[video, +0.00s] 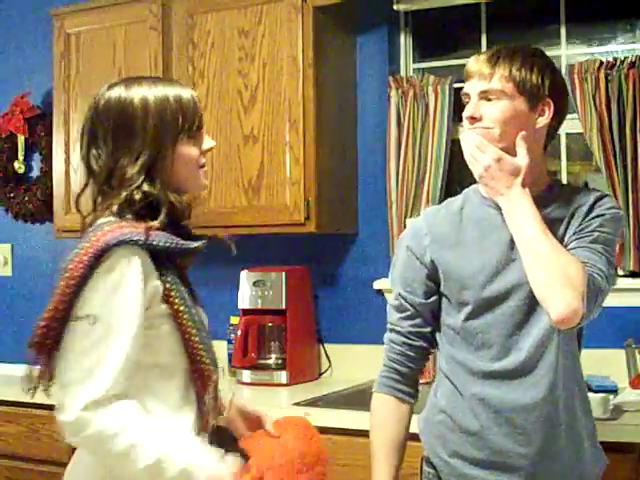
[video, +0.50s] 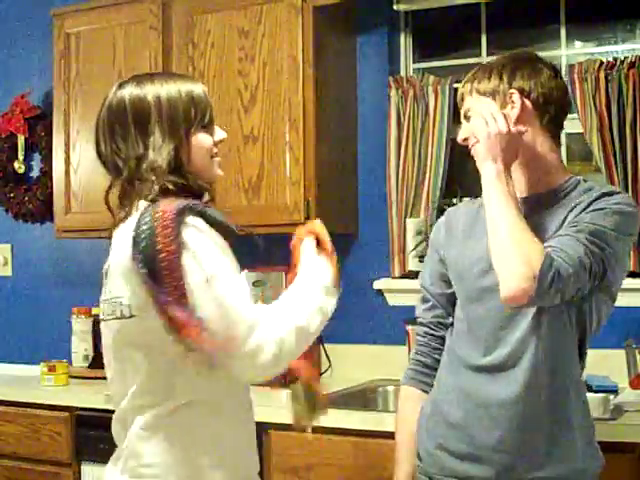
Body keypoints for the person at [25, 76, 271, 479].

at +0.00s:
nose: (208, 145)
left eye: (201, 132)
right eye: (191, 134)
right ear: (147, 148)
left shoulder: (151, 251)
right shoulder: (126, 259)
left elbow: (157, 376)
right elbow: (87, 410)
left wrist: (226, 409)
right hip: (120, 469)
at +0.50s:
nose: (220, 136)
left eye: (212, 124)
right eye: (204, 126)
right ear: (164, 139)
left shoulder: (130, 234)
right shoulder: (181, 230)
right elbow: (253, 351)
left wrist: (272, 369)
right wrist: (317, 276)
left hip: (144, 462)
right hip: (197, 466)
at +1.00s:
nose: (166, 142)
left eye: (159, 129)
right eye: (146, 131)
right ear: (91, 152)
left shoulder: (170, 250)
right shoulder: (36, 272)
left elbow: (177, 378)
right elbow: (15, 416)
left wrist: (261, 359)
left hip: (172, 470)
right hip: (88, 472)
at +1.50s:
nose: (123, 156)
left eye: (116, 143)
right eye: (104, 145)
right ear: (45, 160)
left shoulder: (127, 254)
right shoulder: (7, 260)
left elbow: (132, 372)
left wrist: (170, 414)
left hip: (114, 470)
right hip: (24, 471)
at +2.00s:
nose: (218, 162)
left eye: (216, 147)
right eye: (202, 147)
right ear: (147, 152)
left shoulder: (211, 255)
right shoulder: (74, 277)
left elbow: (205, 390)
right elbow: (43, 445)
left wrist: (282, 406)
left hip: (210, 471)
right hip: (122, 471)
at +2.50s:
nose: (308, 159)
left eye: (307, 142)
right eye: (292, 141)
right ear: (236, 147)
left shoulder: (300, 251)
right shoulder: (171, 267)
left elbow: (359, 365)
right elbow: (135, 430)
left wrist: (466, 348)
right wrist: (234, 478)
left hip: (293, 468)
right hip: (215, 471)